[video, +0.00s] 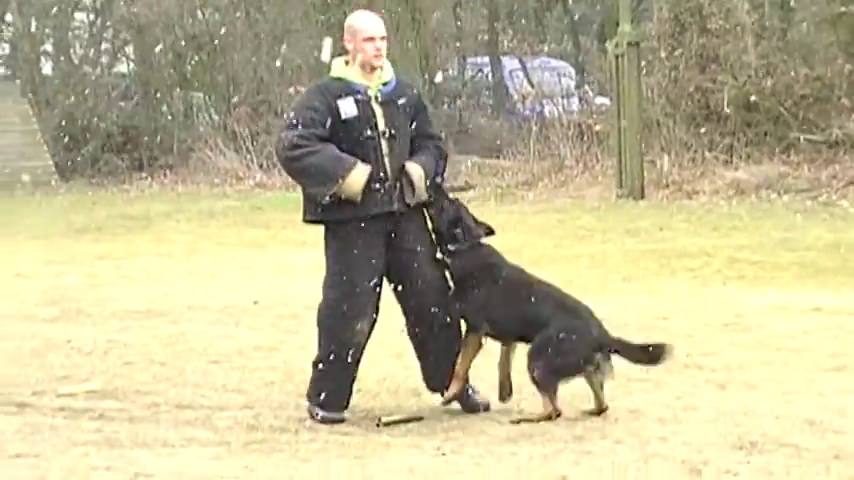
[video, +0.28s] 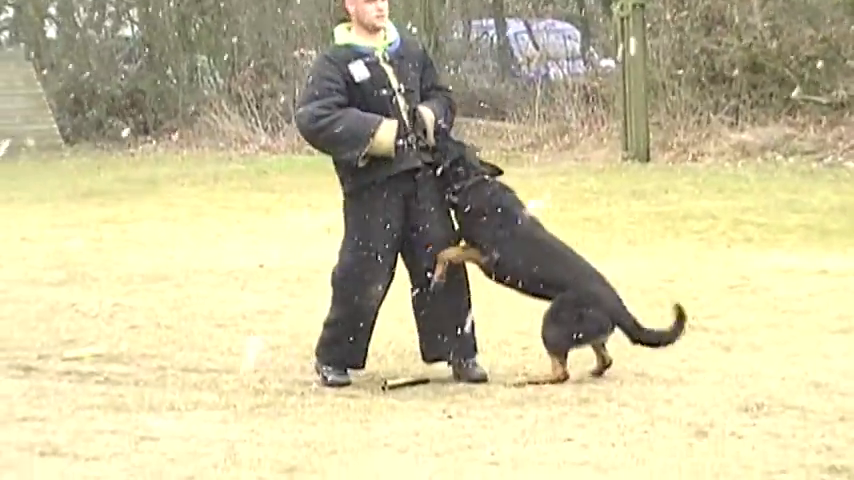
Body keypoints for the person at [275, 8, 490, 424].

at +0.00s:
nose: (378, 48)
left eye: (382, 40)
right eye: (369, 40)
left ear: (388, 44)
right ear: (348, 44)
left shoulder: (404, 95)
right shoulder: (326, 94)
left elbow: (432, 144)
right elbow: (294, 146)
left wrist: (421, 168)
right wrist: (347, 173)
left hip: (407, 218)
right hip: (354, 220)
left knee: (431, 297)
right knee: (349, 310)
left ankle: (453, 382)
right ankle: (327, 398)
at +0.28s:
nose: (379, 7)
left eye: (382, 1)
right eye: (369, 1)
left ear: (388, 5)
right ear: (349, 7)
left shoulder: (410, 51)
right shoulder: (335, 61)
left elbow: (441, 95)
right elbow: (314, 118)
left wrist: (430, 114)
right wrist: (376, 132)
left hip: (423, 178)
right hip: (373, 185)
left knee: (442, 263)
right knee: (365, 272)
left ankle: (461, 354)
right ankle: (335, 358)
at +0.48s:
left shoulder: (409, 31)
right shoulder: (329, 36)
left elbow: (438, 78)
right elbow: (309, 91)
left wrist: (440, 104)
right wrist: (371, 104)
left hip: (421, 154)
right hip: (370, 160)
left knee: (440, 240)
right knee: (364, 247)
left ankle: (457, 331)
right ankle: (326, 330)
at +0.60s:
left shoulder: (414, 24)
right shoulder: (335, 23)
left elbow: (441, 70)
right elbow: (307, 75)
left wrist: (440, 90)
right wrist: (358, 100)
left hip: (419, 147)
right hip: (367, 150)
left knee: (434, 232)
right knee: (357, 238)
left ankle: (453, 324)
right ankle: (324, 323)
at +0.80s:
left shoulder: (407, 22)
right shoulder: (323, 18)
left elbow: (438, 75)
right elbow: (298, 70)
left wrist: (422, 99)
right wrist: (353, 88)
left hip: (407, 143)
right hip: (353, 142)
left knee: (423, 231)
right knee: (345, 234)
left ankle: (438, 318)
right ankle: (312, 318)